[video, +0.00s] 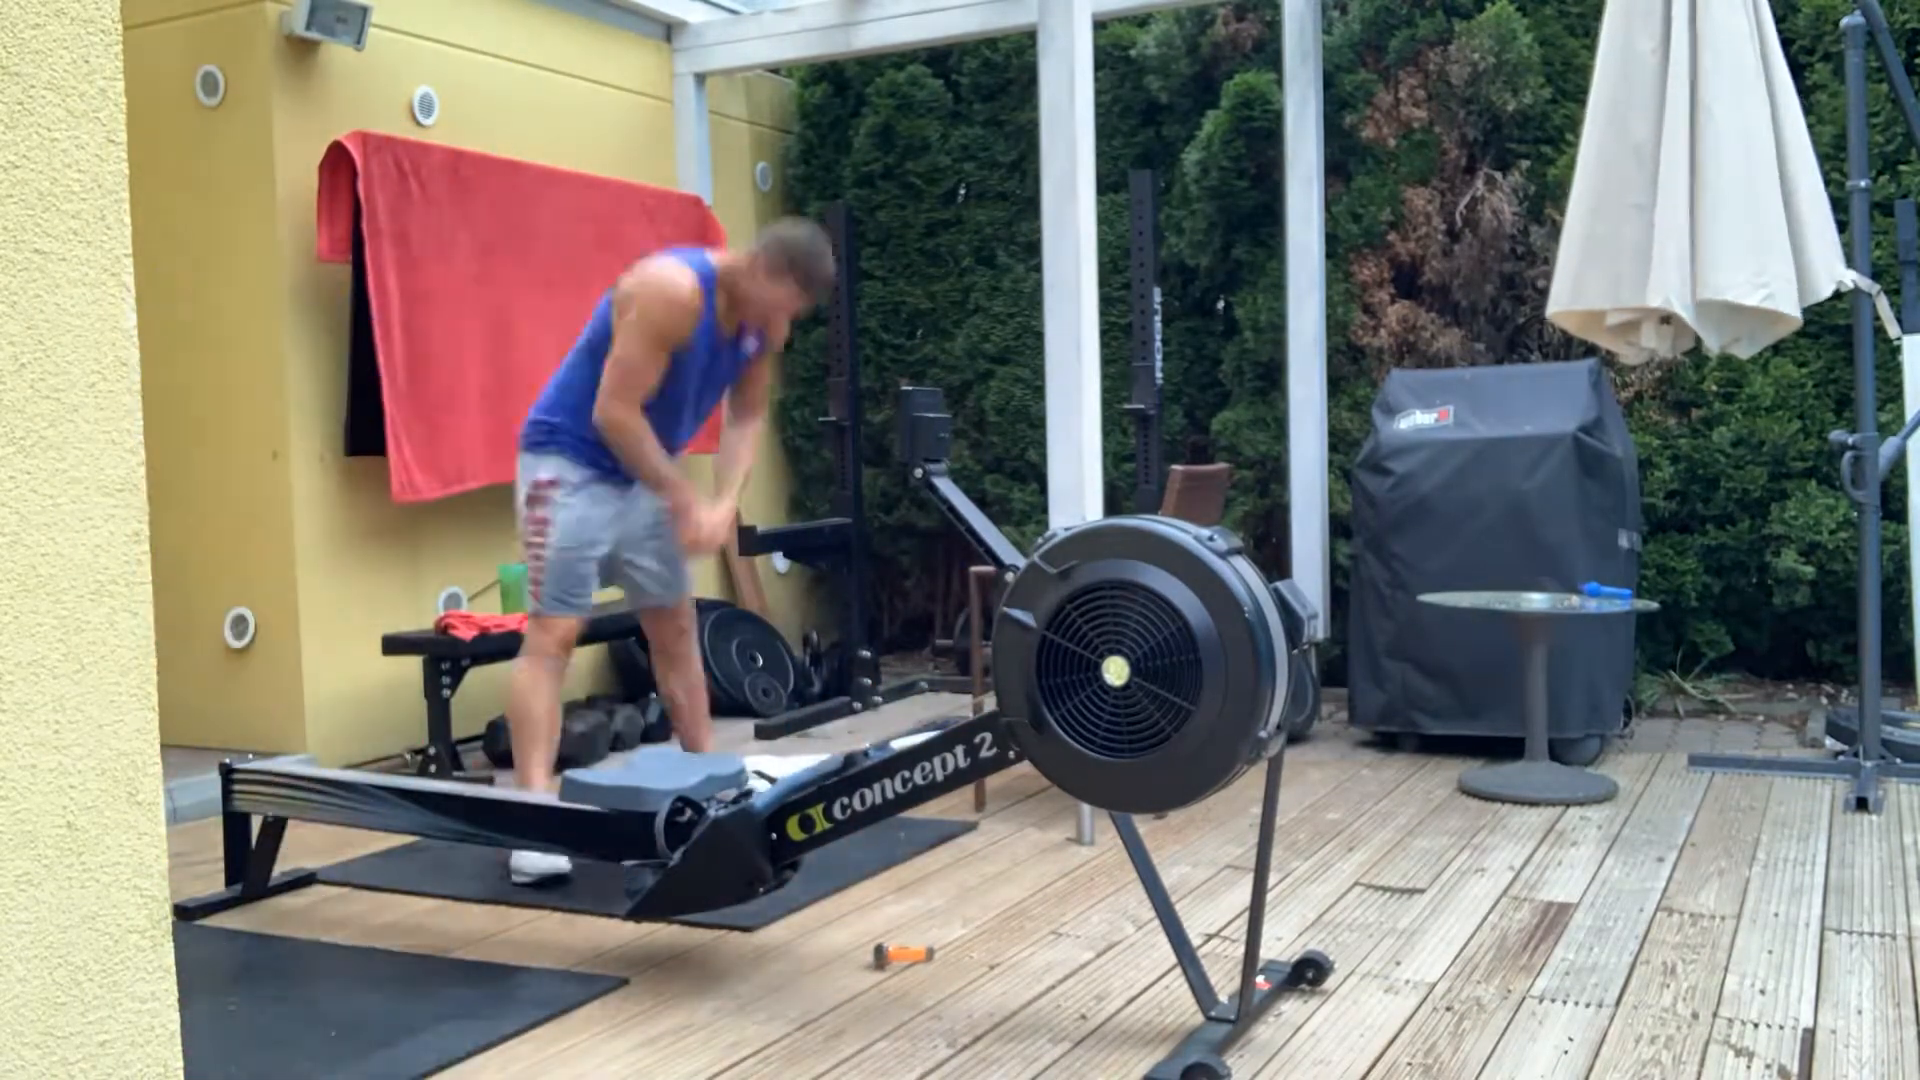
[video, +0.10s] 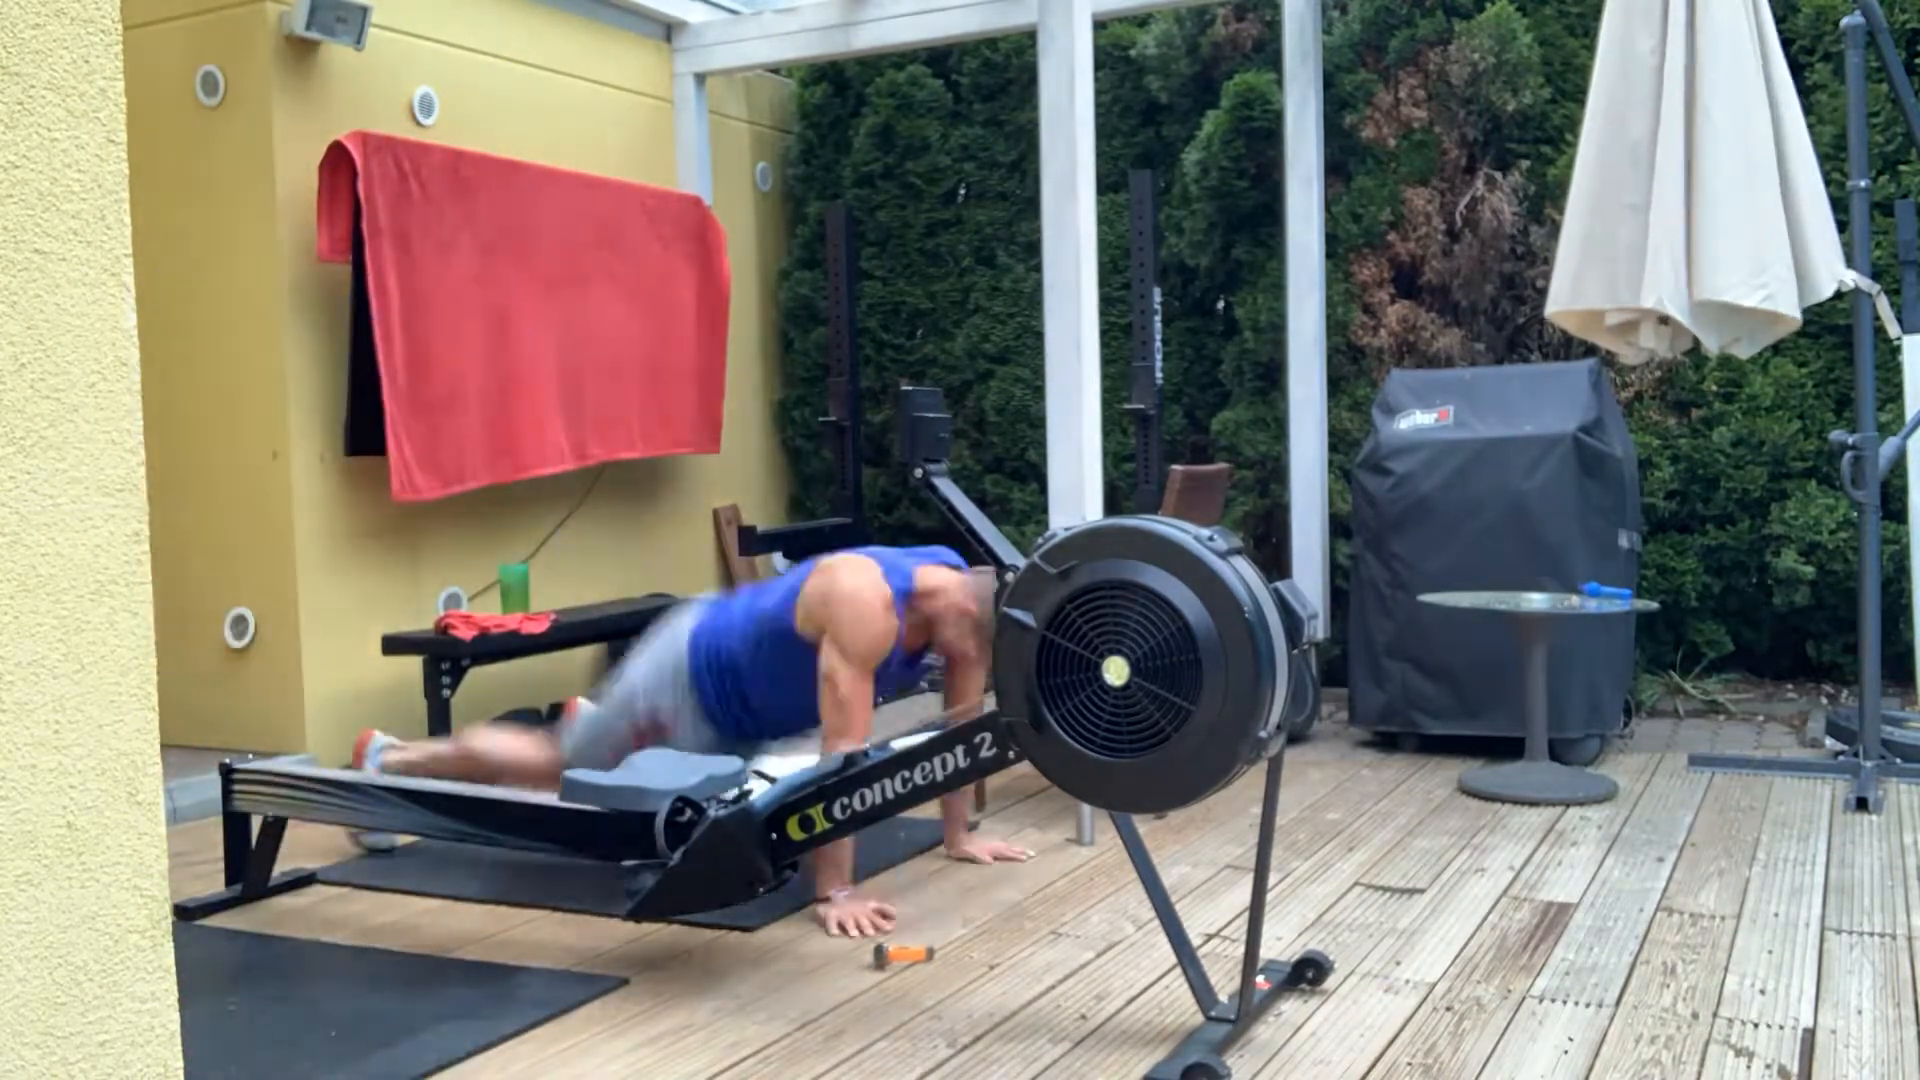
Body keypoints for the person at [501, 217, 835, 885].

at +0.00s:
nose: (786, 325)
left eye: (795, 315)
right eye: (787, 309)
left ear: (784, 286)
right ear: (763, 271)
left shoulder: (756, 317)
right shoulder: (668, 291)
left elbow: (748, 414)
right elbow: (614, 411)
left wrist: (725, 499)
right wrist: (685, 498)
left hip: (646, 474)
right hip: (568, 467)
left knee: (675, 625)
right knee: (551, 634)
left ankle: (707, 780)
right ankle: (535, 814)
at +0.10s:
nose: (974, 664)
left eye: (987, 655)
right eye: (978, 648)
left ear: (983, 609)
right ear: (966, 606)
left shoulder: (965, 598)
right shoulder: (861, 603)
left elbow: (962, 726)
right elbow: (846, 761)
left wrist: (960, 834)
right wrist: (837, 891)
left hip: (751, 706)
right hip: (686, 670)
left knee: (642, 751)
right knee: (557, 763)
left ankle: (575, 721)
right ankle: (398, 761)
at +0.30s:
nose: (790, 857)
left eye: (804, 840)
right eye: (791, 831)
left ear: (731, 770)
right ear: (728, 776)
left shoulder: (702, 799)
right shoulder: (587, 820)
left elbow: (671, 911)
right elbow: (400, 961)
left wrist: (687, 1022)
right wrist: (442, 1078)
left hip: (454, 996)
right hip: (356, 999)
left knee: (297, 933)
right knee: (166, 1034)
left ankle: (195, 841)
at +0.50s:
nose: (1002, 646)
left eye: (1010, 634)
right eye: (1004, 630)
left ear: (989, 601)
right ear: (975, 598)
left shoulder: (972, 619)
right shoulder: (866, 611)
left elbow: (964, 728)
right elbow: (829, 764)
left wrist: (961, 834)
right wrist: (843, 892)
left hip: (783, 719)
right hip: (716, 702)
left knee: (650, 737)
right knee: (557, 770)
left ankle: (581, 723)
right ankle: (400, 759)